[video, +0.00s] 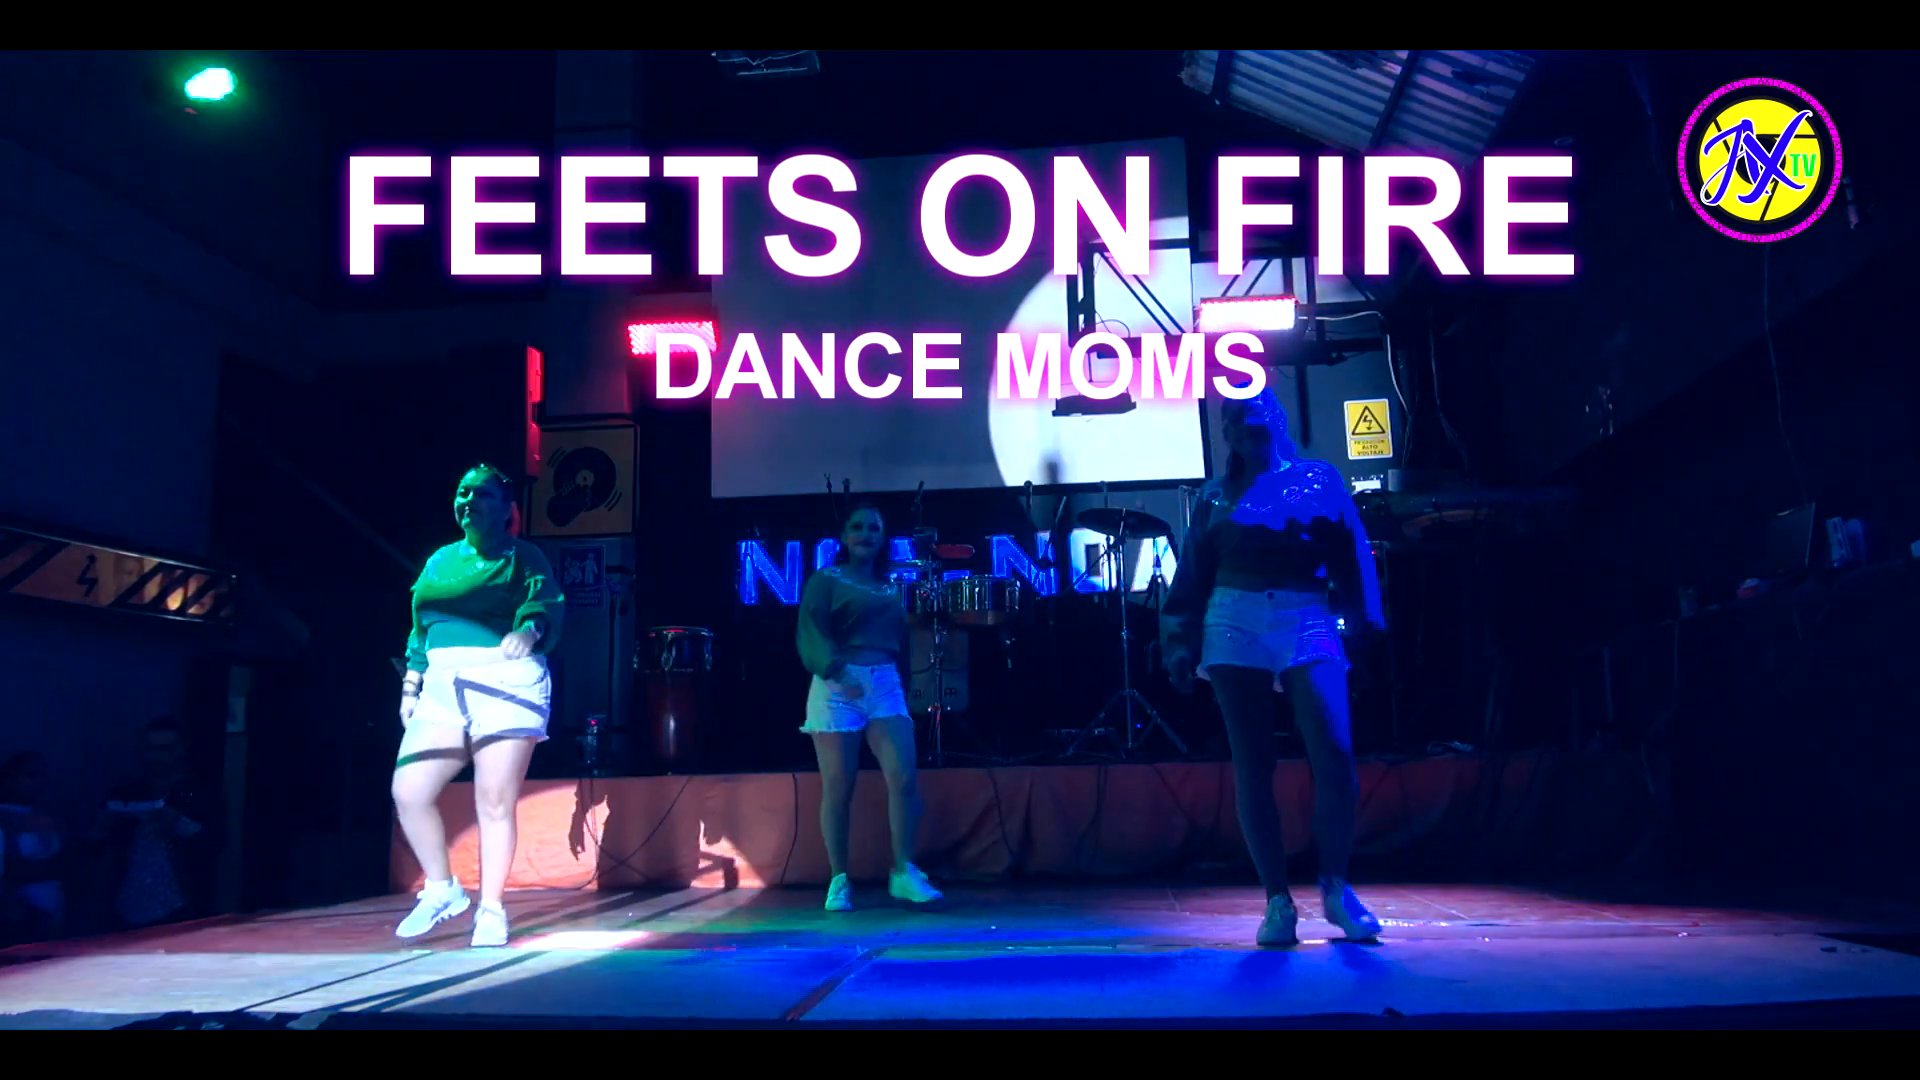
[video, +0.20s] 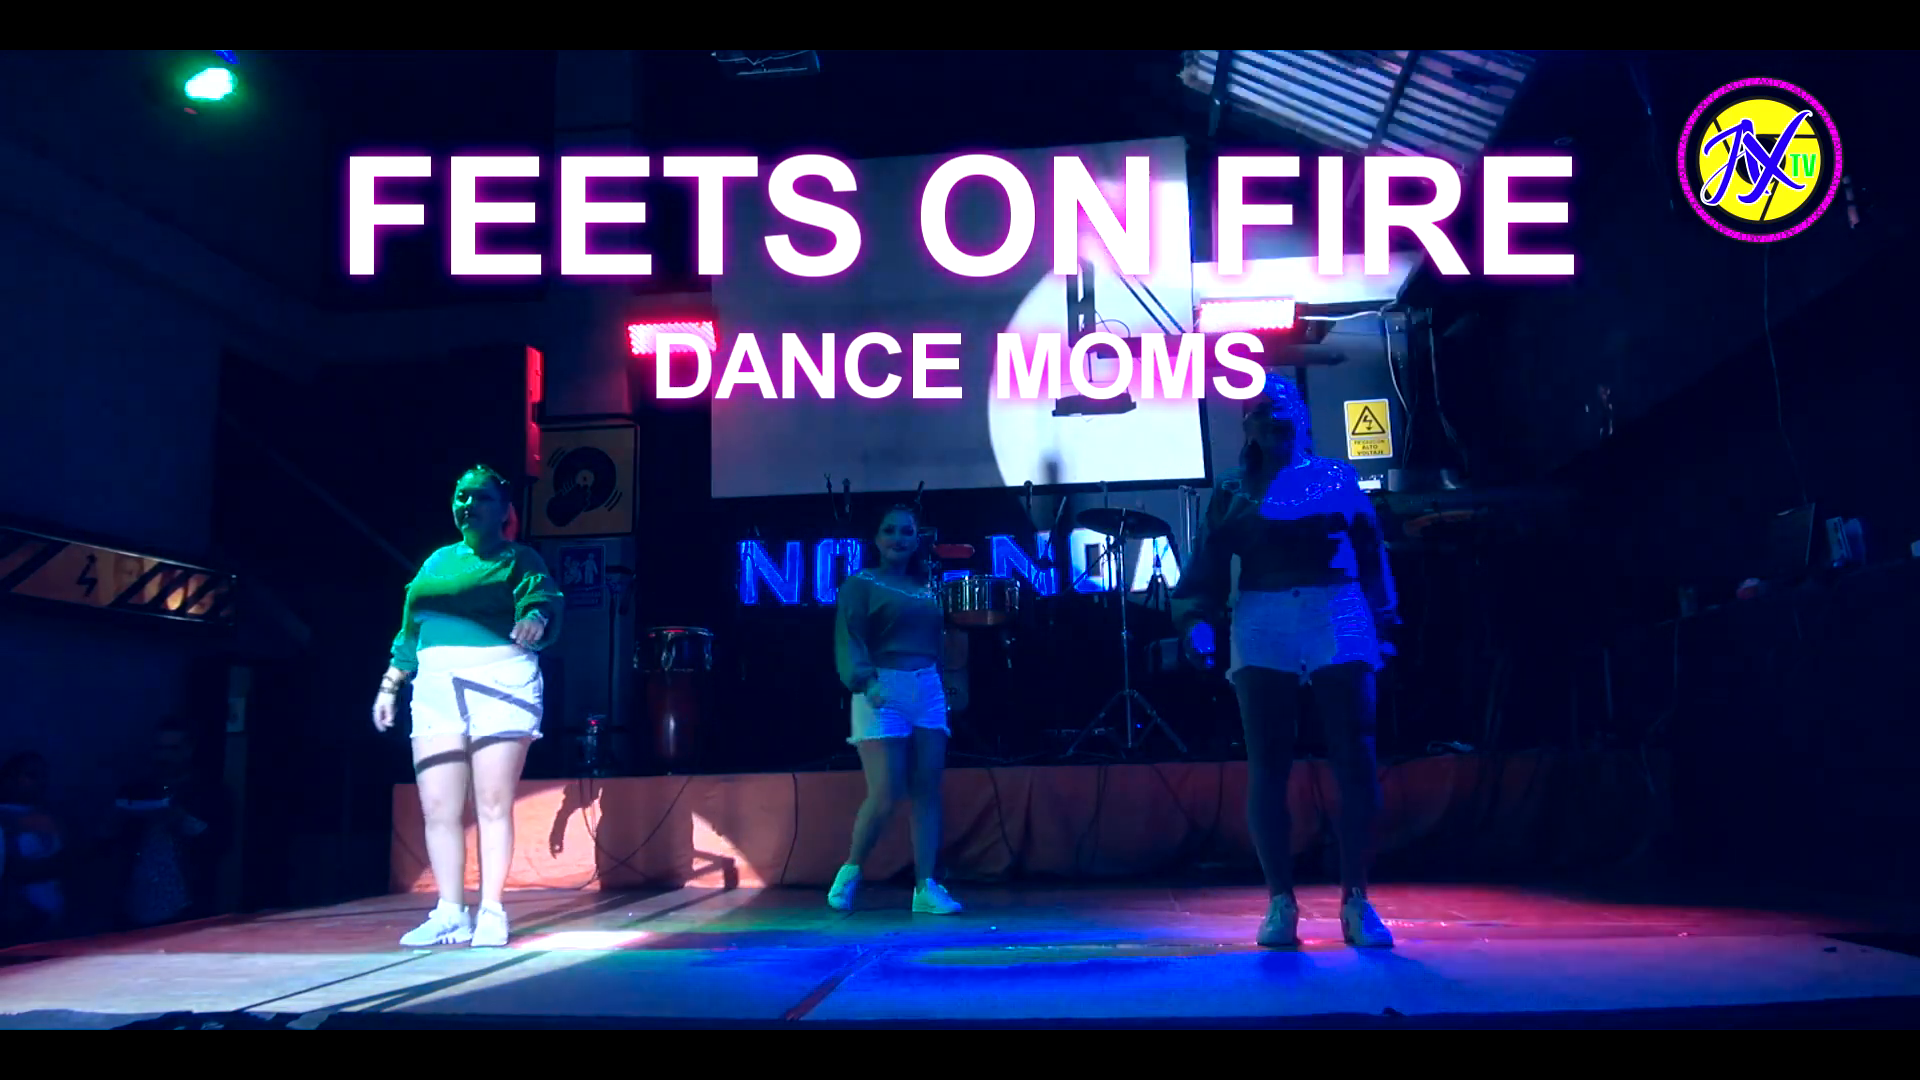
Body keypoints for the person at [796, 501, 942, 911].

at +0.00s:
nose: (866, 534)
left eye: (873, 528)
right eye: (858, 527)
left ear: (883, 536)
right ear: (844, 534)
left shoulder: (892, 586)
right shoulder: (825, 581)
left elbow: (902, 641)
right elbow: (808, 635)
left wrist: (903, 686)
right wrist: (834, 671)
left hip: (885, 683)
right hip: (835, 685)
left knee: (903, 776)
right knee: (837, 785)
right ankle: (839, 879)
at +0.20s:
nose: (898, 538)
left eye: (906, 532)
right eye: (890, 531)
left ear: (917, 539)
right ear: (876, 537)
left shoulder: (925, 588)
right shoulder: (860, 584)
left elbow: (935, 646)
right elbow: (849, 637)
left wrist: (943, 690)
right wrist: (862, 678)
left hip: (928, 690)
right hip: (881, 689)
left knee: (927, 791)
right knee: (884, 795)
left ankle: (926, 887)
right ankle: (853, 870)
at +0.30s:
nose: (910, 540)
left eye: (918, 533)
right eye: (902, 532)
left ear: (931, 538)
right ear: (890, 538)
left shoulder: (942, 592)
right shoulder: (876, 586)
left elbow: (962, 656)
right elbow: (858, 641)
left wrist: (985, 702)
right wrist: (860, 695)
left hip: (943, 690)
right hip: (895, 690)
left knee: (939, 789)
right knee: (925, 781)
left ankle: (928, 886)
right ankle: (877, 843)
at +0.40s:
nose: (920, 536)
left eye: (928, 529)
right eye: (911, 530)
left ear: (941, 535)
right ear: (900, 537)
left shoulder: (960, 591)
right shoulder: (886, 586)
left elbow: (989, 646)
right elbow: (860, 644)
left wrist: (1023, 671)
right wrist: (847, 698)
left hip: (954, 690)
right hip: (904, 689)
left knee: (947, 782)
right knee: (952, 763)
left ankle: (931, 882)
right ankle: (912, 848)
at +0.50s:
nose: (926, 524)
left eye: (933, 517)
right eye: (917, 518)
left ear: (947, 523)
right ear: (906, 527)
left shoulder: (973, 577)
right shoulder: (893, 579)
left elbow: (1007, 624)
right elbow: (864, 638)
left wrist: (1039, 649)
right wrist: (844, 687)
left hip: (963, 682)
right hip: (912, 681)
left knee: (946, 782)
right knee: (956, 771)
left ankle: (929, 882)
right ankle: (962, 874)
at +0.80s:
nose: (954, 517)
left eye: (958, 510)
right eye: (942, 516)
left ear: (971, 520)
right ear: (931, 535)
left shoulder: (1004, 573)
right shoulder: (922, 580)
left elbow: (1029, 636)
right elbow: (901, 641)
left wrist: (1038, 693)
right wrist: (889, 699)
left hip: (994, 682)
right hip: (935, 684)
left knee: (1001, 791)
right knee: (958, 793)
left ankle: (961, 842)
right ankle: (988, 889)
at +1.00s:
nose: (971, 514)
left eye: (976, 506)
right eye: (959, 510)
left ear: (990, 516)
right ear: (947, 527)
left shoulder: (1015, 571)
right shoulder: (932, 576)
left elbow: (1041, 637)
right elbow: (910, 629)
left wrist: (1056, 692)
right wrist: (912, 659)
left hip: (997, 676)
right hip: (938, 677)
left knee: (967, 757)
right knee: (960, 793)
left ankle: (1021, 809)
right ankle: (990, 887)